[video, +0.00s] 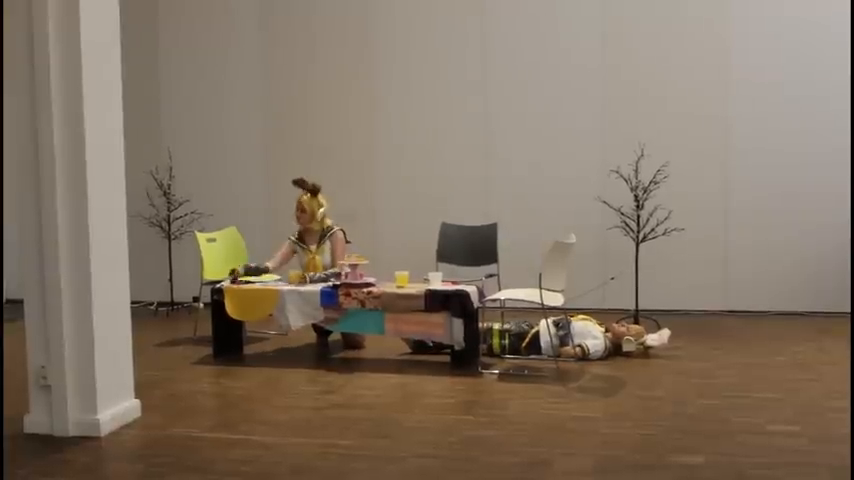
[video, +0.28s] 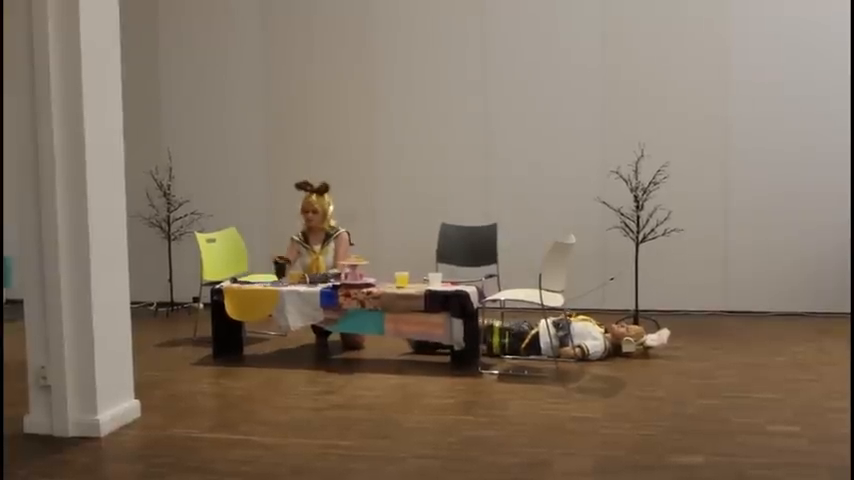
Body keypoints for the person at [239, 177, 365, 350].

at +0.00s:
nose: (297, 215)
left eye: (303, 211)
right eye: (297, 210)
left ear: (316, 213)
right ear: (295, 210)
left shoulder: (334, 234)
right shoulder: (298, 238)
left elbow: (339, 269)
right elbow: (275, 262)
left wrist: (311, 278)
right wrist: (254, 270)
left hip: (335, 289)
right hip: (310, 292)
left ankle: (347, 332)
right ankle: (322, 336)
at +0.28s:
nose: (309, 217)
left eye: (314, 212)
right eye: (305, 212)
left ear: (326, 213)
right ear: (301, 213)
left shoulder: (339, 236)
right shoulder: (298, 239)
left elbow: (341, 270)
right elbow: (283, 271)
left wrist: (312, 279)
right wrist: (280, 264)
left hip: (337, 292)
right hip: (309, 295)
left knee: (355, 343)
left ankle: (347, 333)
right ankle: (321, 337)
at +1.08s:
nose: (313, 214)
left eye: (319, 210)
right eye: (311, 210)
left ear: (330, 212)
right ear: (307, 210)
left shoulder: (344, 235)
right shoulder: (301, 239)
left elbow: (339, 268)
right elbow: (290, 270)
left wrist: (312, 279)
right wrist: (292, 279)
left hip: (339, 293)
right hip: (311, 296)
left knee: (353, 344)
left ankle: (346, 336)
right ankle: (319, 339)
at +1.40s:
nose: (306, 212)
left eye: (311, 208)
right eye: (303, 208)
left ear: (323, 208)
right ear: (300, 209)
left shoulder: (337, 230)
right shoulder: (303, 237)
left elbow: (340, 267)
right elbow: (298, 271)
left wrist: (316, 277)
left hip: (340, 288)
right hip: (314, 291)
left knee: (355, 343)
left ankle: (347, 332)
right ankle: (321, 337)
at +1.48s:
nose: (307, 214)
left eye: (313, 209)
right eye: (304, 210)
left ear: (324, 210)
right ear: (300, 211)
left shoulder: (337, 234)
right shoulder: (302, 238)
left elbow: (340, 270)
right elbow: (298, 270)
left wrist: (313, 279)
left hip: (339, 290)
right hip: (313, 292)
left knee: (355, 343)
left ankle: (348, 333)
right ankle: (322, 338)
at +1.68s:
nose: (314, 206)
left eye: (320, 202)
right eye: (311, 202)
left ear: (331, 207)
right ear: (307, 206)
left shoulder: (342, 235)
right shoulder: (302, 235)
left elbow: (343, 271)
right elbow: (297, 271)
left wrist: (314, 278)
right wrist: (293, 264)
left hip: (338, 293)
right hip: (311, 294)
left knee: (356, 342)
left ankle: (347, 332)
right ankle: (321, 336)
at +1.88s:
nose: (316, 206)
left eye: (322, 203)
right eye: (313, 202)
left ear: (333, 208)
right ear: (309, 205)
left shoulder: (345, 235)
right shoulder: (306, 231)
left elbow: (342, 272)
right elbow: (291, 260)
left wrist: (315, 279)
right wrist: (302, 229)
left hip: (339, 292)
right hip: (312, 293)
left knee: (354, 343)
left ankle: (345, 334)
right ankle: (320, 338)